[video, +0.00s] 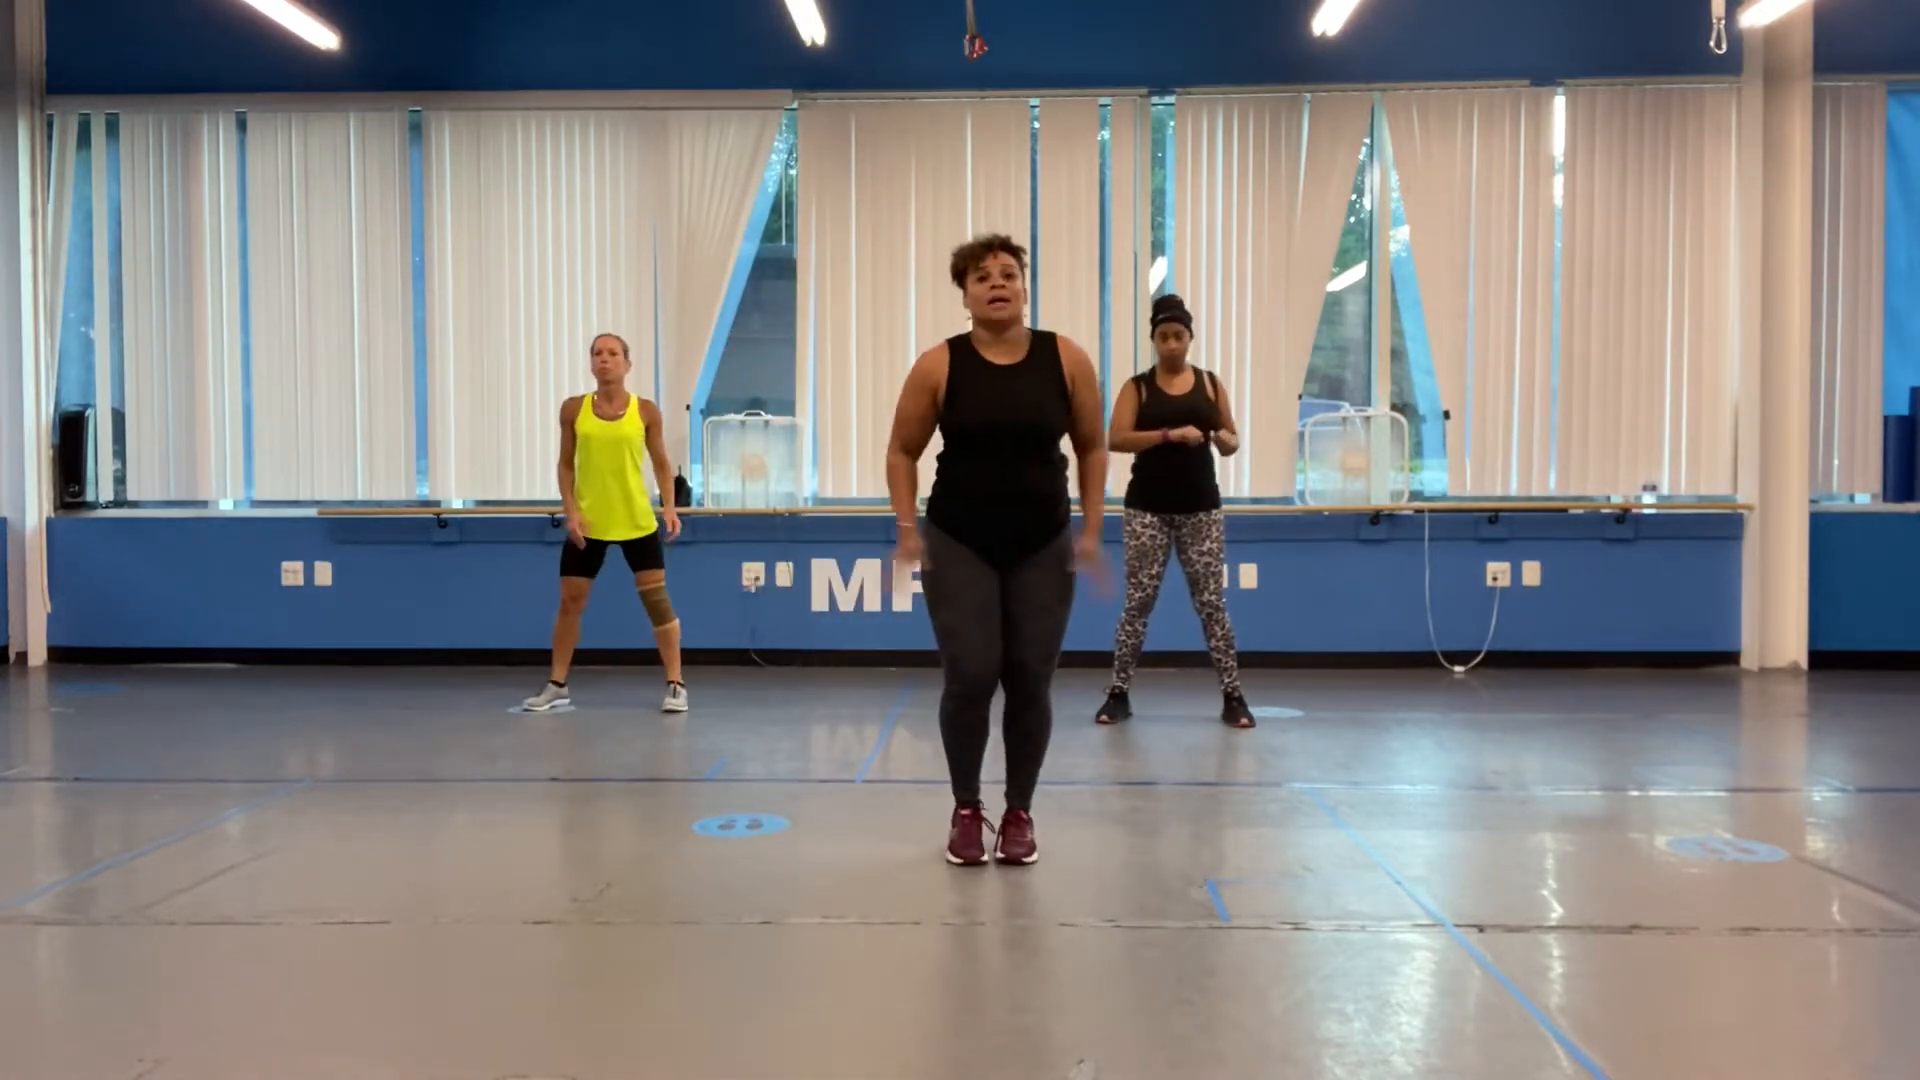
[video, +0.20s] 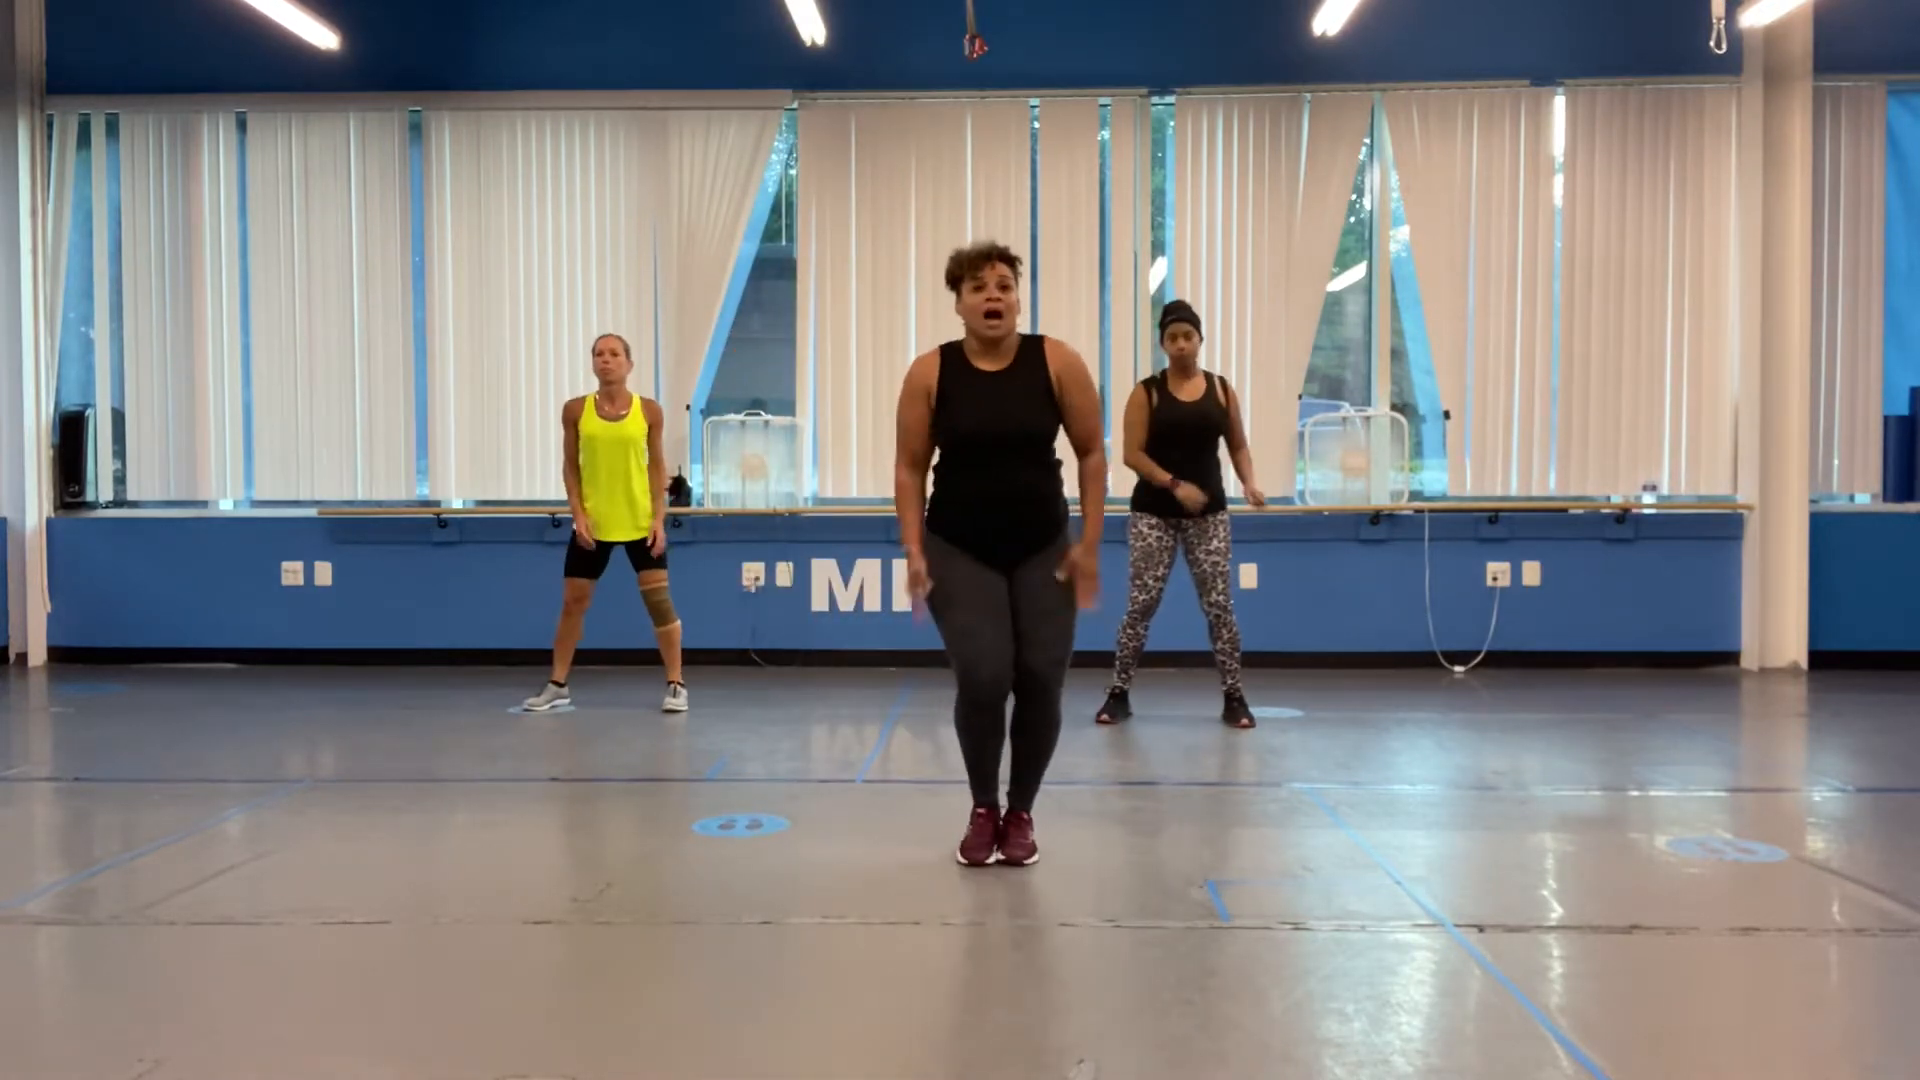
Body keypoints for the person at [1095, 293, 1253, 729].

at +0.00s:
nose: (1172, 342)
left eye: (1179, 335)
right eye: (1164, 336)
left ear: (1190, 339)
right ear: (1154, 340)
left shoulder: (1209, 384)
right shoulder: (1135, 388)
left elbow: (1230, 444)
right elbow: (1117, 439)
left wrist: (1220, 435)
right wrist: (1166, 435)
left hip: (1200, 510)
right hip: (1147, 510)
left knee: (1211, 604)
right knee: (1138, 602)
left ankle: (1232, 695)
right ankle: (1118, 693)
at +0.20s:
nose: (1181, 343)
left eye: (1188, 336)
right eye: (1173, 337)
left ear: (1200, 341)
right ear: (1163, 343)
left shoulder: (1220, 390)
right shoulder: (1145, 393)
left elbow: (1237, 444)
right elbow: (1132, 455)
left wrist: (1249, 483)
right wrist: (1174, 484)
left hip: (1208, 514)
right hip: (1154, 514)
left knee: (1219, 605)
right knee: (1141, 604)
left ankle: (1234, 695)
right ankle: (1119, 693)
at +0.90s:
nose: (1146, 339)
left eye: (1153, 333)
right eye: (1138, 334)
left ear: (1164, 342)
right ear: (1126, 344)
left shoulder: (1183, 392)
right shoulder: (1105, 396)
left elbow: (1201, 454)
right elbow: (1064, 441)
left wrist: (1169, 486)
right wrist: (1037, 460)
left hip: (1170, 515)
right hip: (1115, 515)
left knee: (1193, 600)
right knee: (1107, 602)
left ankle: (1213, 683)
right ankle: (1082, 689)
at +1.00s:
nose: (1157, 344)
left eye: (1163, 337)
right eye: (1148, 340)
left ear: (1176, 346)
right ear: (1137, 350)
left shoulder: (1198, 394)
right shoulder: (1121, 400)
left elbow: (1210, 457)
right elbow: (1087, 452)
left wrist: (1169, 478)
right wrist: (1047, 454)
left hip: (1182, 515)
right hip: (1128, 514)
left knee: (1197, 602)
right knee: (1116, 599)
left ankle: (1222, 695)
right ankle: (1071, 673)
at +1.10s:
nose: (1166, 356)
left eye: (1172, 349)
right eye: (1157, 351)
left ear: (1185, 357)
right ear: (1146, 362)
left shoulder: (1208, 408)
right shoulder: (1131, 414)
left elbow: (1223, 470)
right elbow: (1107, 474)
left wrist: (1194, 506)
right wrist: (1070, 483)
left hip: (1190, 523)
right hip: (1135, 524)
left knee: (1208, 607)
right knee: (1135, 606)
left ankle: (1222, 697)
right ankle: (1082, 651)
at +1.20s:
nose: (1163, 357)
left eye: (1170, 350)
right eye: (1154, 352)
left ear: (1182, 358)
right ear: (1144, 363)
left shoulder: (1206, 409)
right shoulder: (1129, 418)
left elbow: (1225, 468)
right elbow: (1118, 482)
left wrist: (1239, 520)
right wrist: (1112, 529)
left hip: (1193, 528)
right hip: (1138, 530)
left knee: (1208, 611)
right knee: (1130, 612)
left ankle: (1223, 697)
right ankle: (1101, 688)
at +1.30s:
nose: (1152, 350)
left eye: (1159, 343)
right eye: (1144, 345)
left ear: (1172, 352)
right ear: (1133, 355)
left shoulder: (1191, 401)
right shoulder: (1116, 410)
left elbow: (1226, 455)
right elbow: (1113, 478)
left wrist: (1271, 499)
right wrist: (1159, 500)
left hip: (1185, 517)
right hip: (1131, 519)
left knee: (1199, 608)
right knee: (1112, 604)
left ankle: (1223, 697)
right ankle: (1091, 684)